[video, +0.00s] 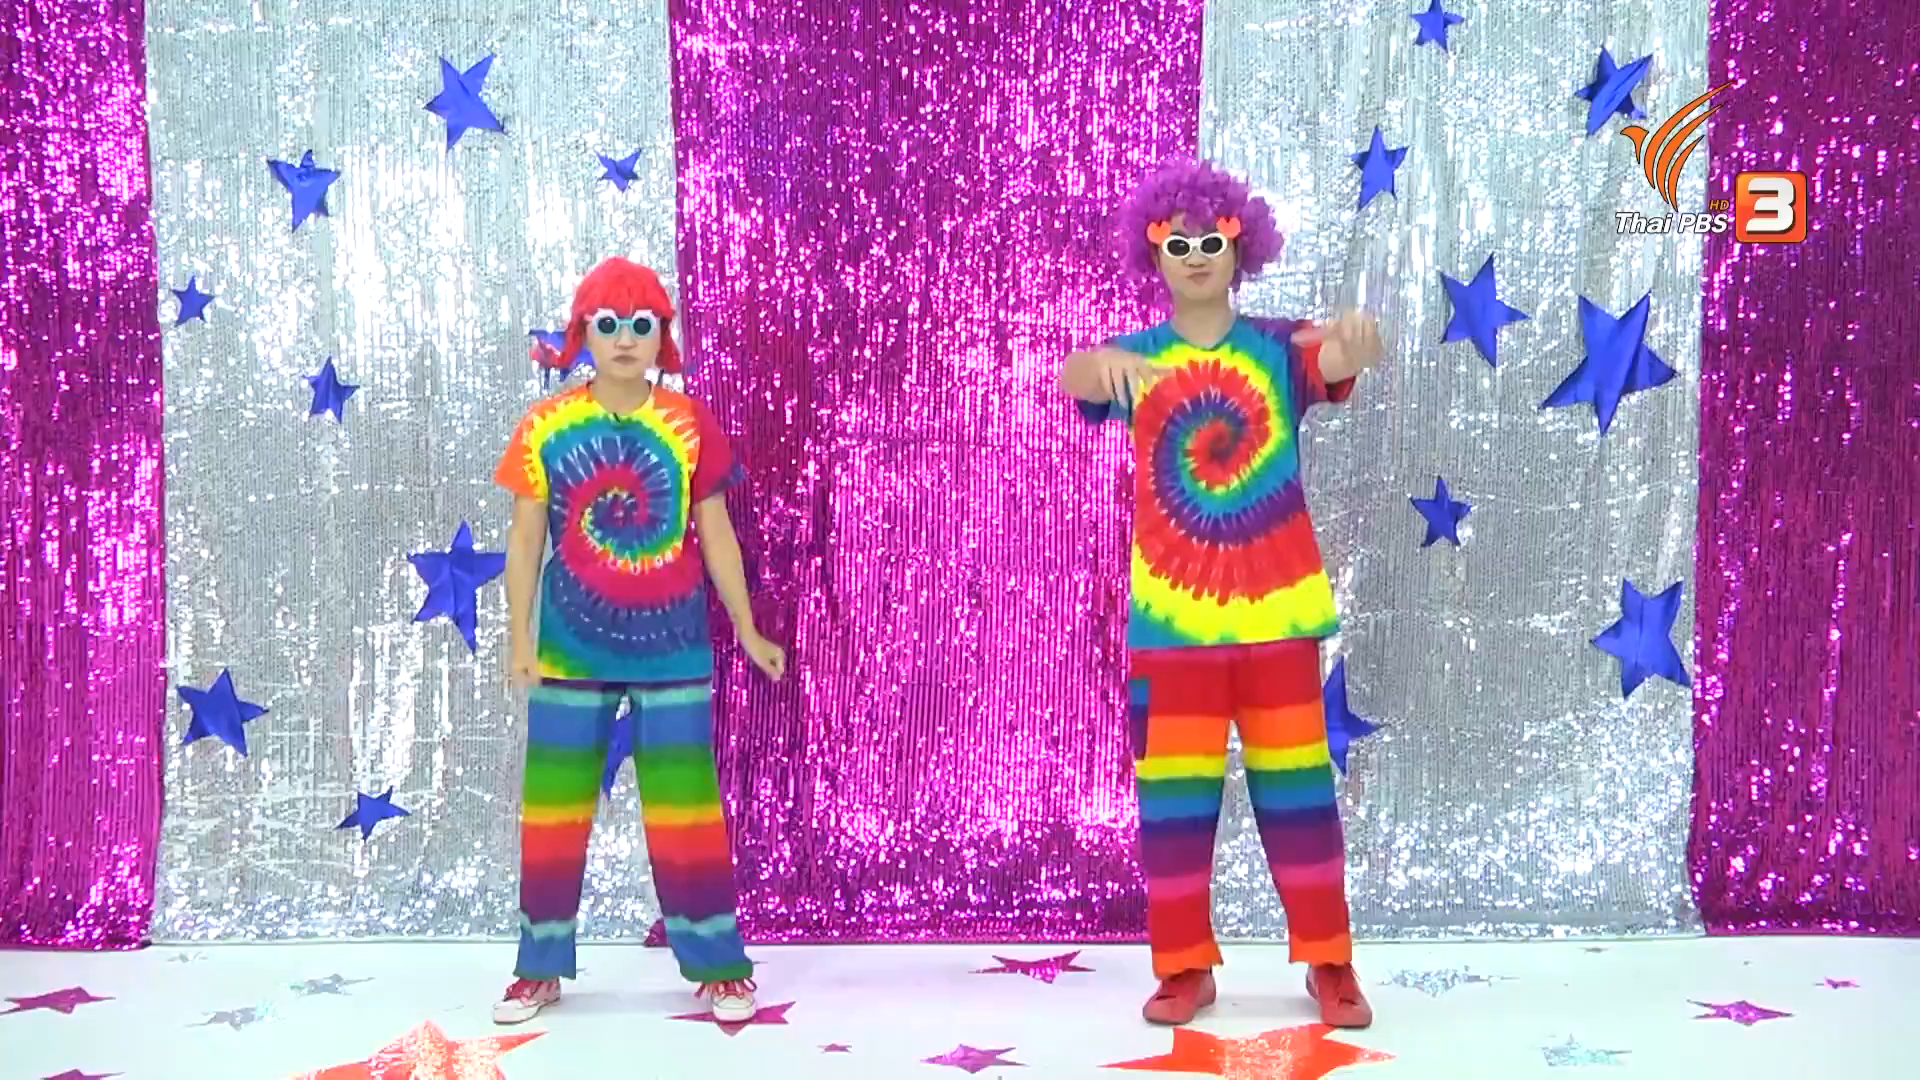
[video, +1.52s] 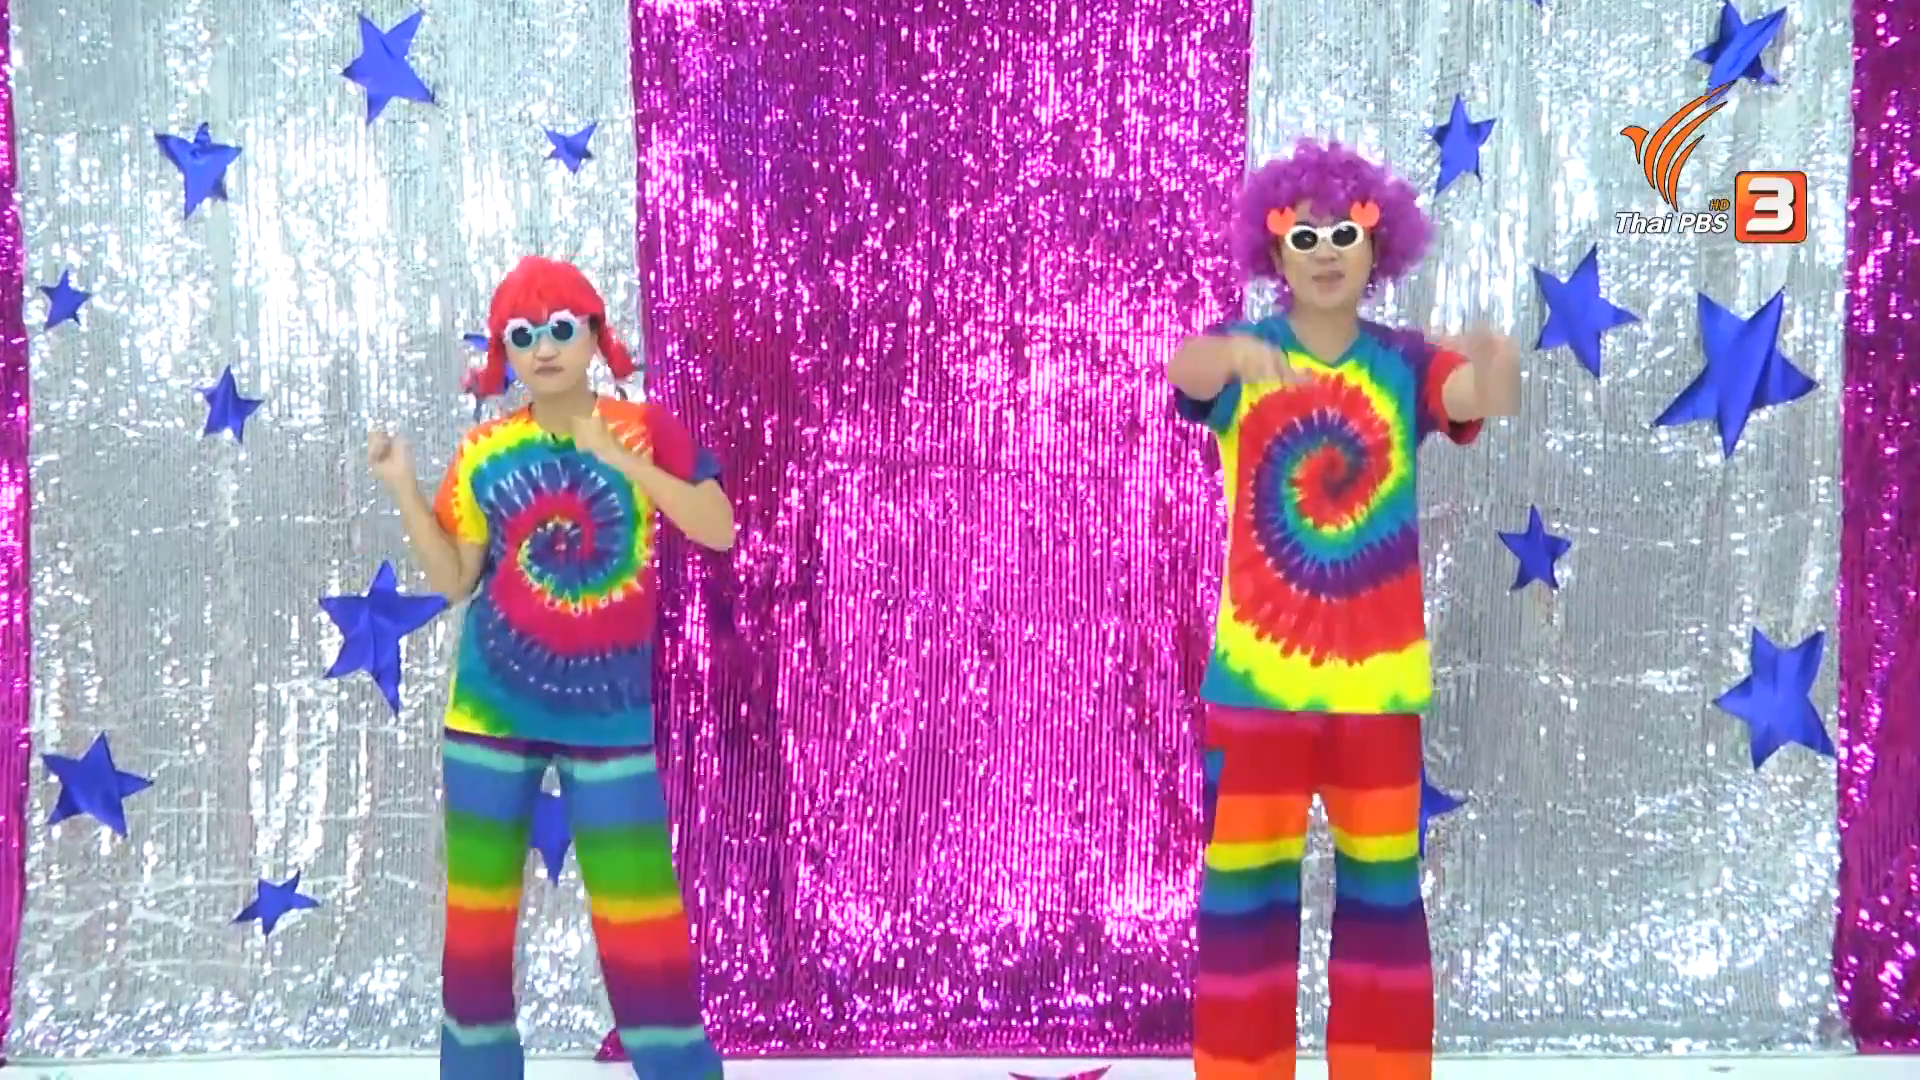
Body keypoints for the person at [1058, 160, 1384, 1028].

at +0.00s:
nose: (1196, 251)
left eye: (1212, 236)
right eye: (1178, 239)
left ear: (1240, 253)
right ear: (1155, 261)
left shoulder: (1279, 345)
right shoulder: (1139, 354)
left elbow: (1343, 362)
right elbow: (1079, 379)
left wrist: (1354, 328)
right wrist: (1093, 368)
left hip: (1280, 609)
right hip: (1173, 616)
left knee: (1300, 789)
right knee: (1176, 796)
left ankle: (1330, 963)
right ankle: (1184, 969)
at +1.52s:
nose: (1326, 252)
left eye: (1345, 235)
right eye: (1305, 236)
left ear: (1374, 253)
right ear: (1276, 256)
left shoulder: (1406, 361)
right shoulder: (1247, 354)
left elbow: (1484, 400)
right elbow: (1184, 371)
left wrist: (1493, 350)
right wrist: (1234, 355)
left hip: (1380, 671)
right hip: (1261, 669)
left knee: (1384, 888)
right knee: (1246, 889)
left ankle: (1384, 1070)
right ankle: (1243, 1070)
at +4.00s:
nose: (1399, 347)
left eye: (1421, 323)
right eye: (1371, 327)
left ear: (1458, 338)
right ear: (1337, 348)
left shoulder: (1532, 491)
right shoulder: (1290, 502)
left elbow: (1617, 675)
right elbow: (1202, 673)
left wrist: (1573, 572)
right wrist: (1211, 587)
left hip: (1501, 916)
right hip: (1343, 918)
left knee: (1523, 1067)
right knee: (1323, 1068)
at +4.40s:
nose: (1527, 315)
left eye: (1550, 294)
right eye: (1499, 296)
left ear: (1585, 312)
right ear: (1458, 315)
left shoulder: (1626, 474)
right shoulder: (1383, 457)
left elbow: (1656, 659)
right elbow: (1281, 605)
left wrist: (1663, 843)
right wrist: (1328, 773)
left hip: (1553, 868)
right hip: (1396, 857)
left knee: (1548, 1069)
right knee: (1366, 1066)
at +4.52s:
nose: (1544, 344)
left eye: (1568, 322)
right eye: (1516, 324)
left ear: (1601, 340)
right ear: (1476, 342)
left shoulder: (1636, 499)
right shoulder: (1394, 478)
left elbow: (1658, 684)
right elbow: (1305, 635)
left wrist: (1669, 869)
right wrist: (1334, 808)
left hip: (1556, 886)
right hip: (1402, 874)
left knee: (1554, 1068)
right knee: (1374, 1067)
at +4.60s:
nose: (1542, 358)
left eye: (1565, 334)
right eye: (1513, 338)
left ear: (1600, 351)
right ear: (1476, 355)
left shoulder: (1635, 513)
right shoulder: (1394, 490)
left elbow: (1662, 695)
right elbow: (1307, 649)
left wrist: (1670, 879)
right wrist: (1328, 828)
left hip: (1557, 903)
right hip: (1404, 892)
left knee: (1559, 1068)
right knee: (1375, 1066)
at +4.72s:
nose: (1517, 335)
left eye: (1542, 313)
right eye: (1490, 315)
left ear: (1578, 332)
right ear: (1454, 335)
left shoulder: (1622, 500)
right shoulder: (1375, 475)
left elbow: (1652, 687)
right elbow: (1285, 631)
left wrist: (1667, 874)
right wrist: (1305, 800)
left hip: (1549, 892)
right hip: (1390, 880)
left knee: (1553, 1067)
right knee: (1366, 1067)